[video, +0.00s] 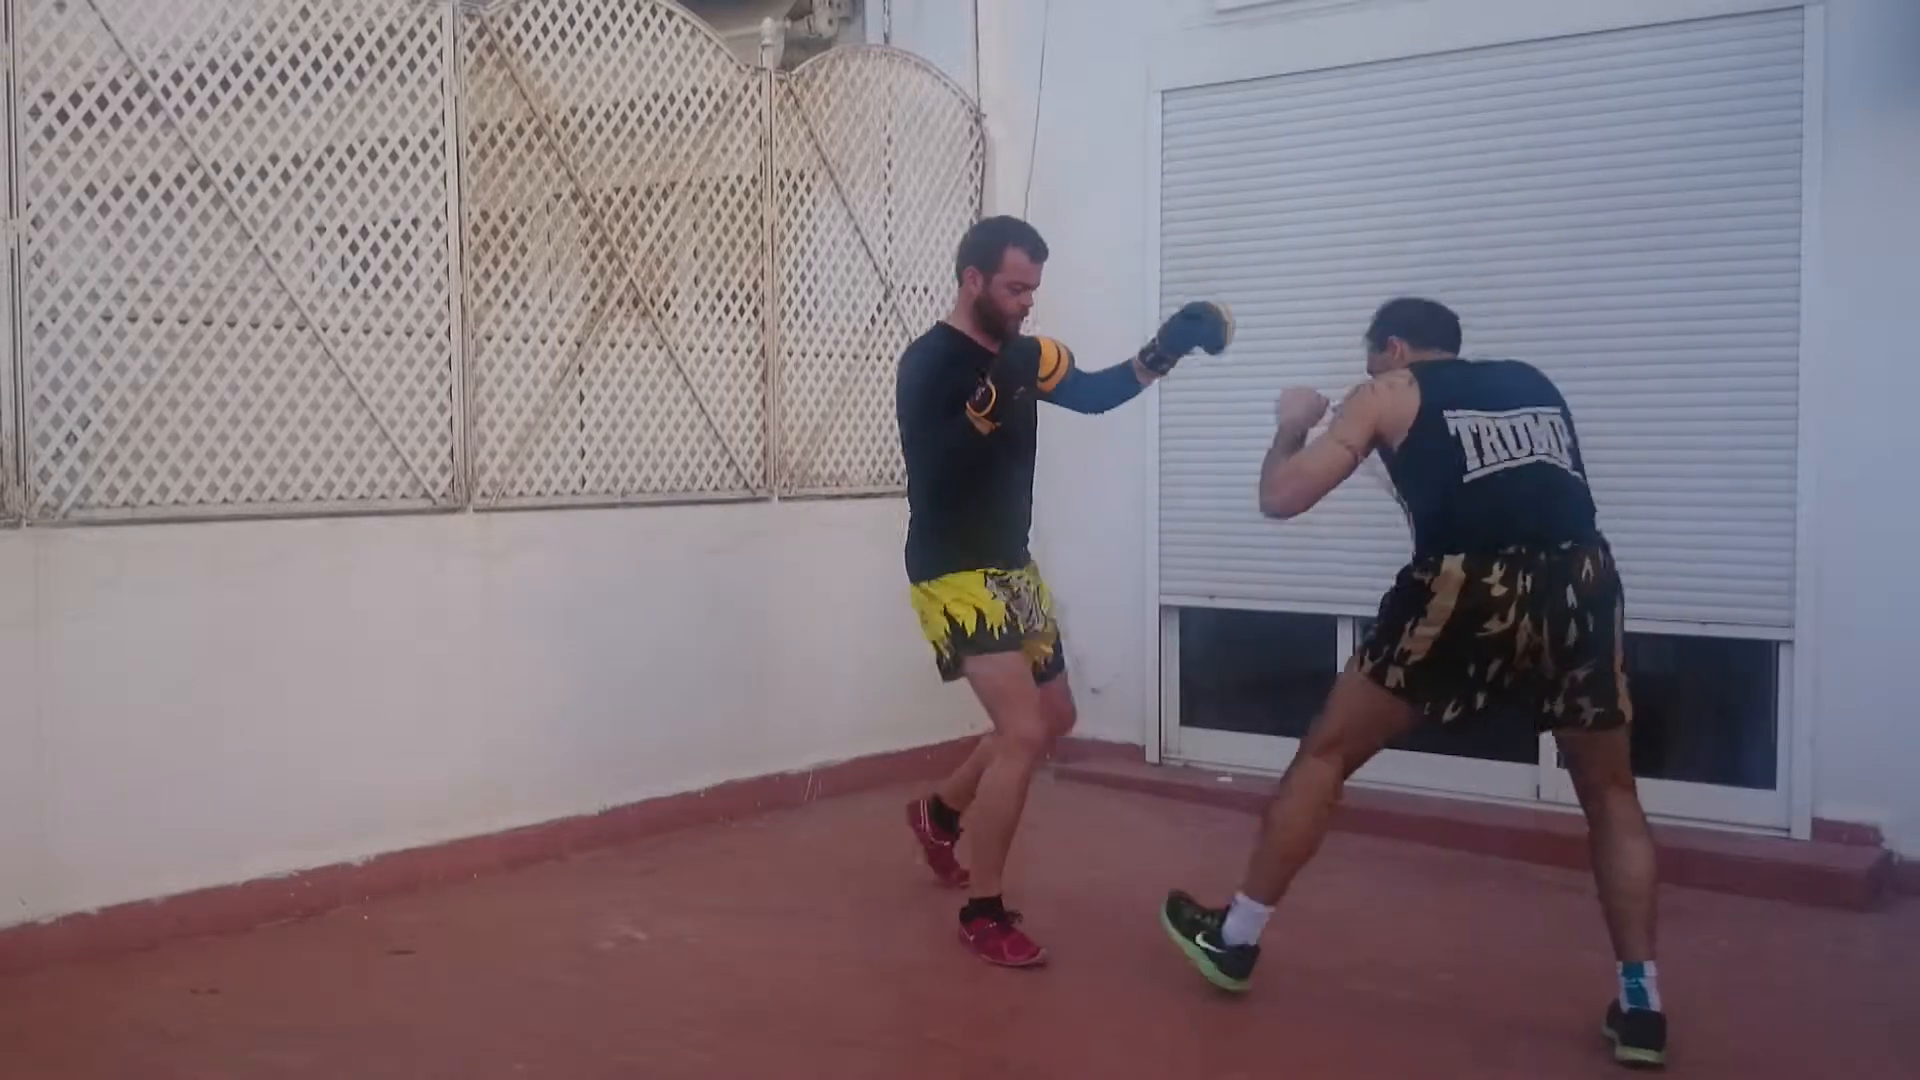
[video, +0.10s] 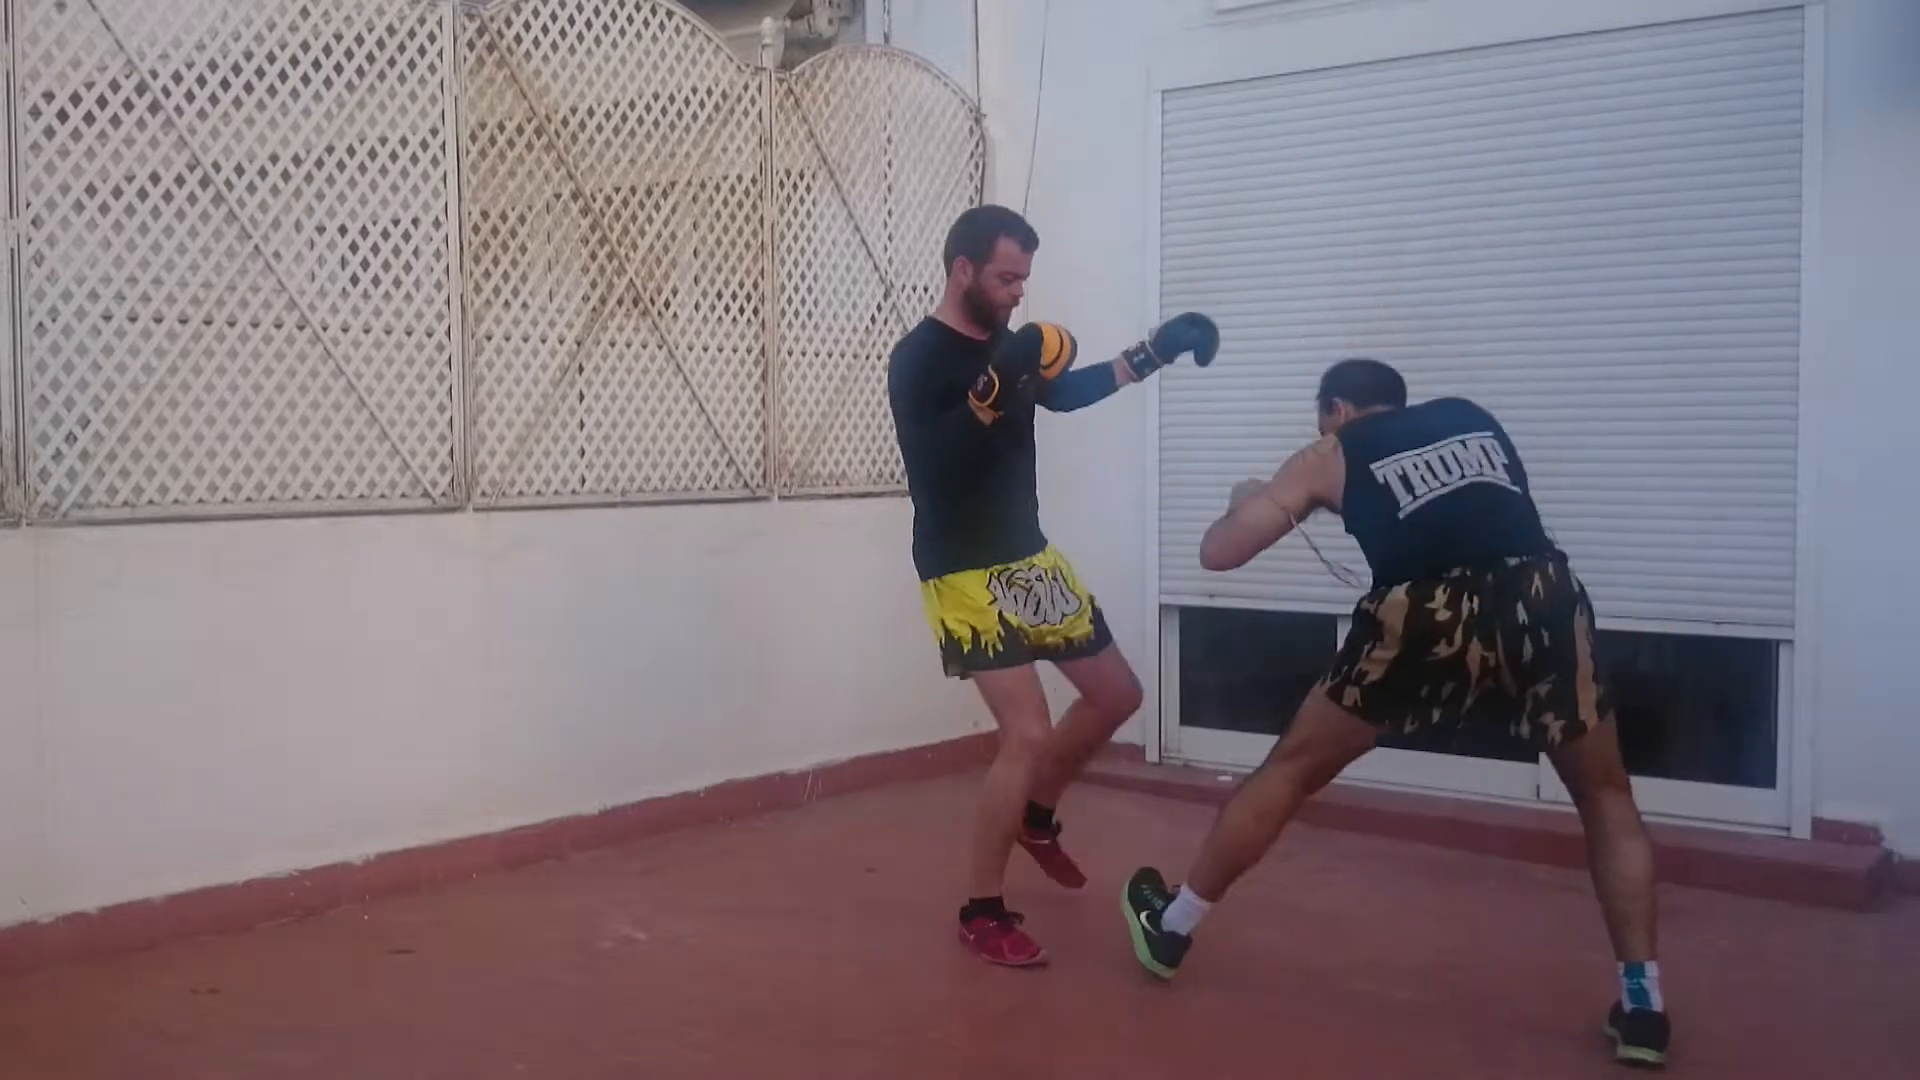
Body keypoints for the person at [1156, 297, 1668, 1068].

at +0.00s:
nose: (1371, 374)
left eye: (1373, 363)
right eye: (1373, 364)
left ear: (1393, 351)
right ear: (1451, 346)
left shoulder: (1385, 393)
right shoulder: (1531, 382)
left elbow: (1279, 496)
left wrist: (1290, 428)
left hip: (1465, 589)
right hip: (1581, 591)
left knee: (1328, 753)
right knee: (1613, 794)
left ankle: (1236, 938)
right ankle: (1641, 1004)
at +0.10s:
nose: (1319, 431)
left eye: (1319, 422)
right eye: (1321, 422)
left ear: (1339, 412)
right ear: (1400, 401)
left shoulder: (1329, 456)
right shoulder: (1472, 417)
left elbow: (1218, 552)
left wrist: (1256, 497)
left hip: (1423, 615)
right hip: (1544, 604)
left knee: (1295, 769)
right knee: (1607, 794)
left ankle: (1173, 925)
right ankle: (1644, 1003)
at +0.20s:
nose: (1254, 464)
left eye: (1254, 452)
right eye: (1257, 453)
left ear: (1270, 448)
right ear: (1326, 430)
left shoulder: (1257, 489)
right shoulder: (1394, 433)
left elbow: (1167, 591)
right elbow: (1423, 515)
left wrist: (1161, 602)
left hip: (1354, 605)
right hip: (1470, 587)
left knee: (1255, 782)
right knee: (1563, 795)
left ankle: (1158, 930)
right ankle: (1640, 997)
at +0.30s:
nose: (1213, 468)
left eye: (1213, 461)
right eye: (1212, 460)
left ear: (1226, 455)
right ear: (1281, 432)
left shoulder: (1217, 494)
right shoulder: (1346, 435)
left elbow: (1146, 608)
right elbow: (1411, 525)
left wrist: (1145, 645)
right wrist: (1400, 597)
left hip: (1280, 593)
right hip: (1393, 580)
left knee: (1215, 750)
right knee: (1511, 787)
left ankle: (1149, 928)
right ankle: (1573, 1001)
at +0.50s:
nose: (1294, 310)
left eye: (1289, 301)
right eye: (1276, 300)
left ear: (1223, 345)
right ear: (1232, 326)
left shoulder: (1198, 427)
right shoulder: (1263, 350)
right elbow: (1390, 361)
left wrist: (1316, 385)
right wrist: (1318, 361)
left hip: (1220, 593)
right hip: (1294, 572)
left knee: (1252, 769)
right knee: (1405, 774)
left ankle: (1123, 922)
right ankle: (1396, 1013)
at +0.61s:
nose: (1278, 291)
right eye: (1262, 283)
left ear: (1258, 306)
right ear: (1234, 290)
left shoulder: (1282, 409)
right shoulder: (1204, 325)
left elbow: (1372, 504)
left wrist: (1405, 421)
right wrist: (1309, 308)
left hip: (1218, 569)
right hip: (1254, 554)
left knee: (1242, 777)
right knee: (1361, 756)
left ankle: (1112, 918)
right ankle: (1321, 985)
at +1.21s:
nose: (1324, 287)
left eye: (1324, 269)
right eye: (1322, 264)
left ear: (1267, 269)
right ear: (1281, 264)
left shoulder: (1257, 349)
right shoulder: (1254, 303)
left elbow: (1305, 487)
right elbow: (1358, 253)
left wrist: (1357, 408)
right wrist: (1366, 303)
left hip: (1204, 547)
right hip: (1265, 539)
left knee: (1203, 744)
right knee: (1390, 725)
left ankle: (1108, 906)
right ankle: (1346, 948)